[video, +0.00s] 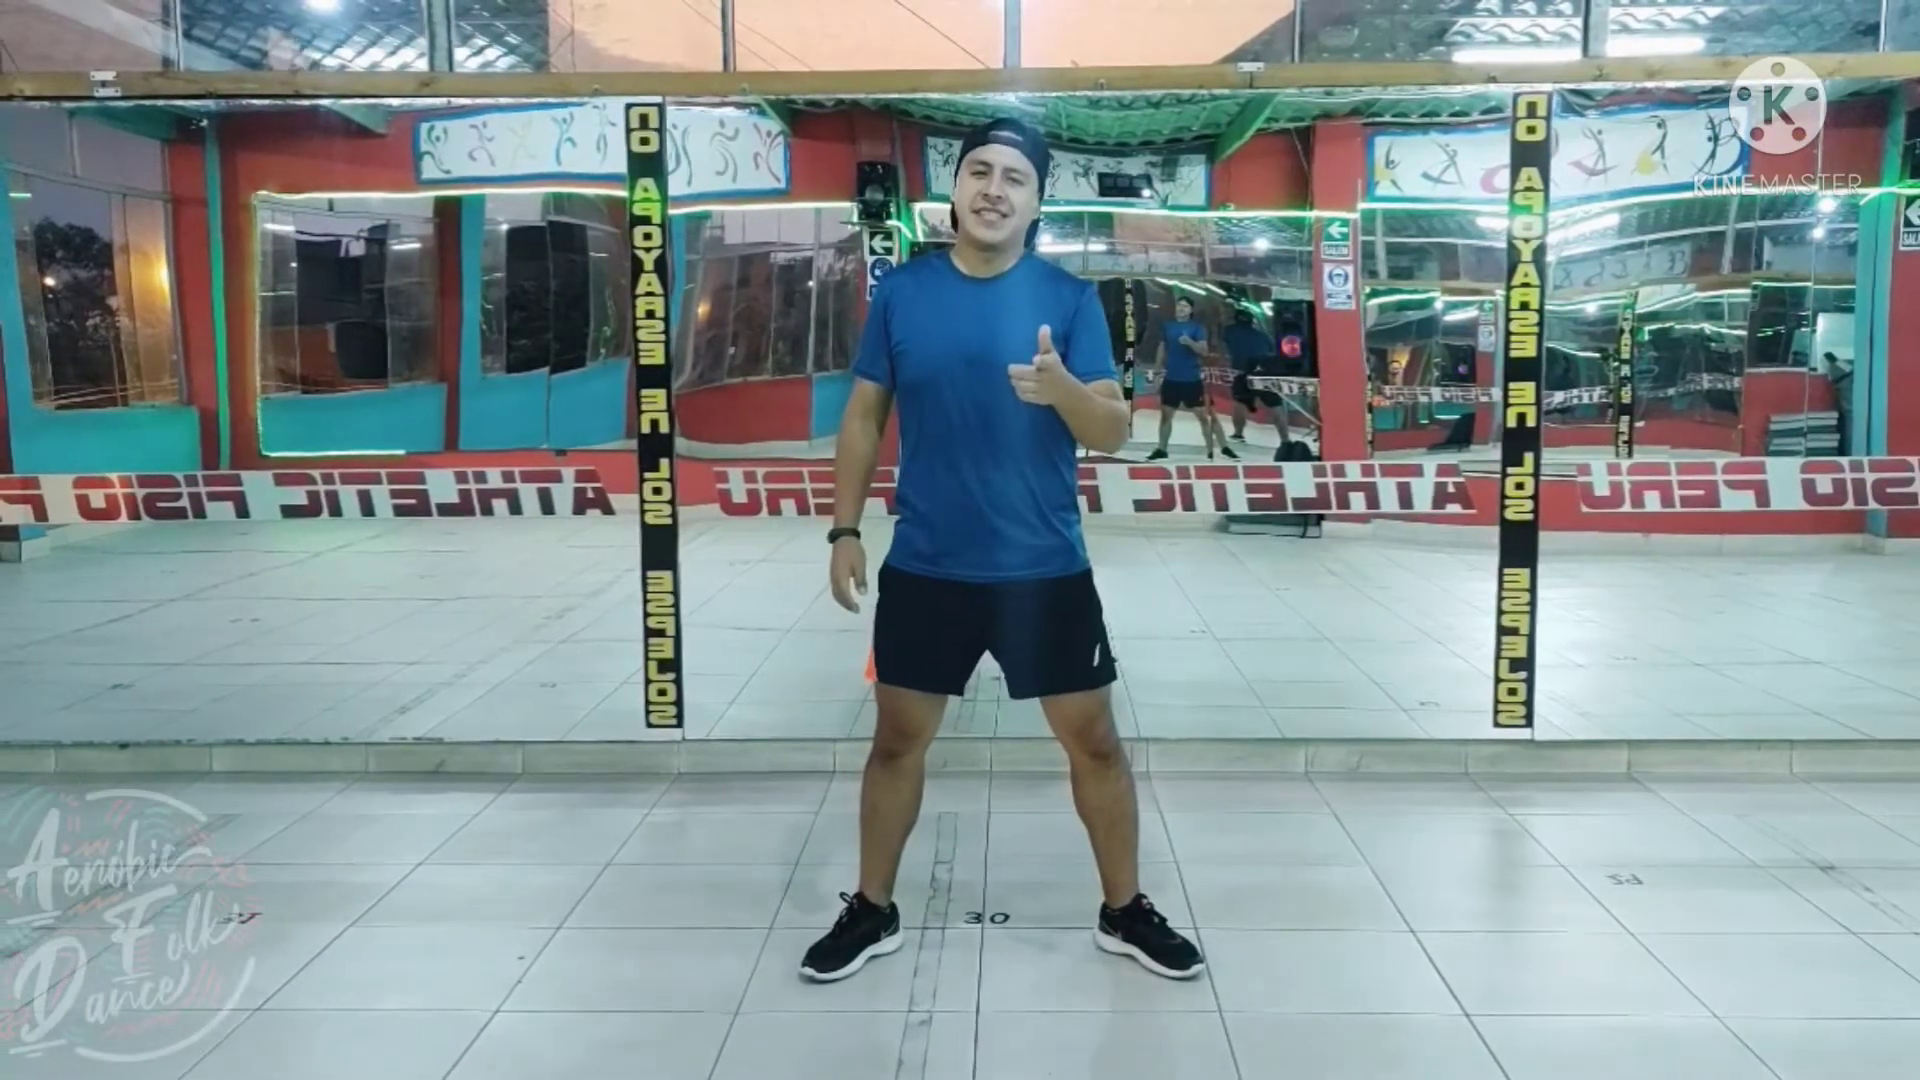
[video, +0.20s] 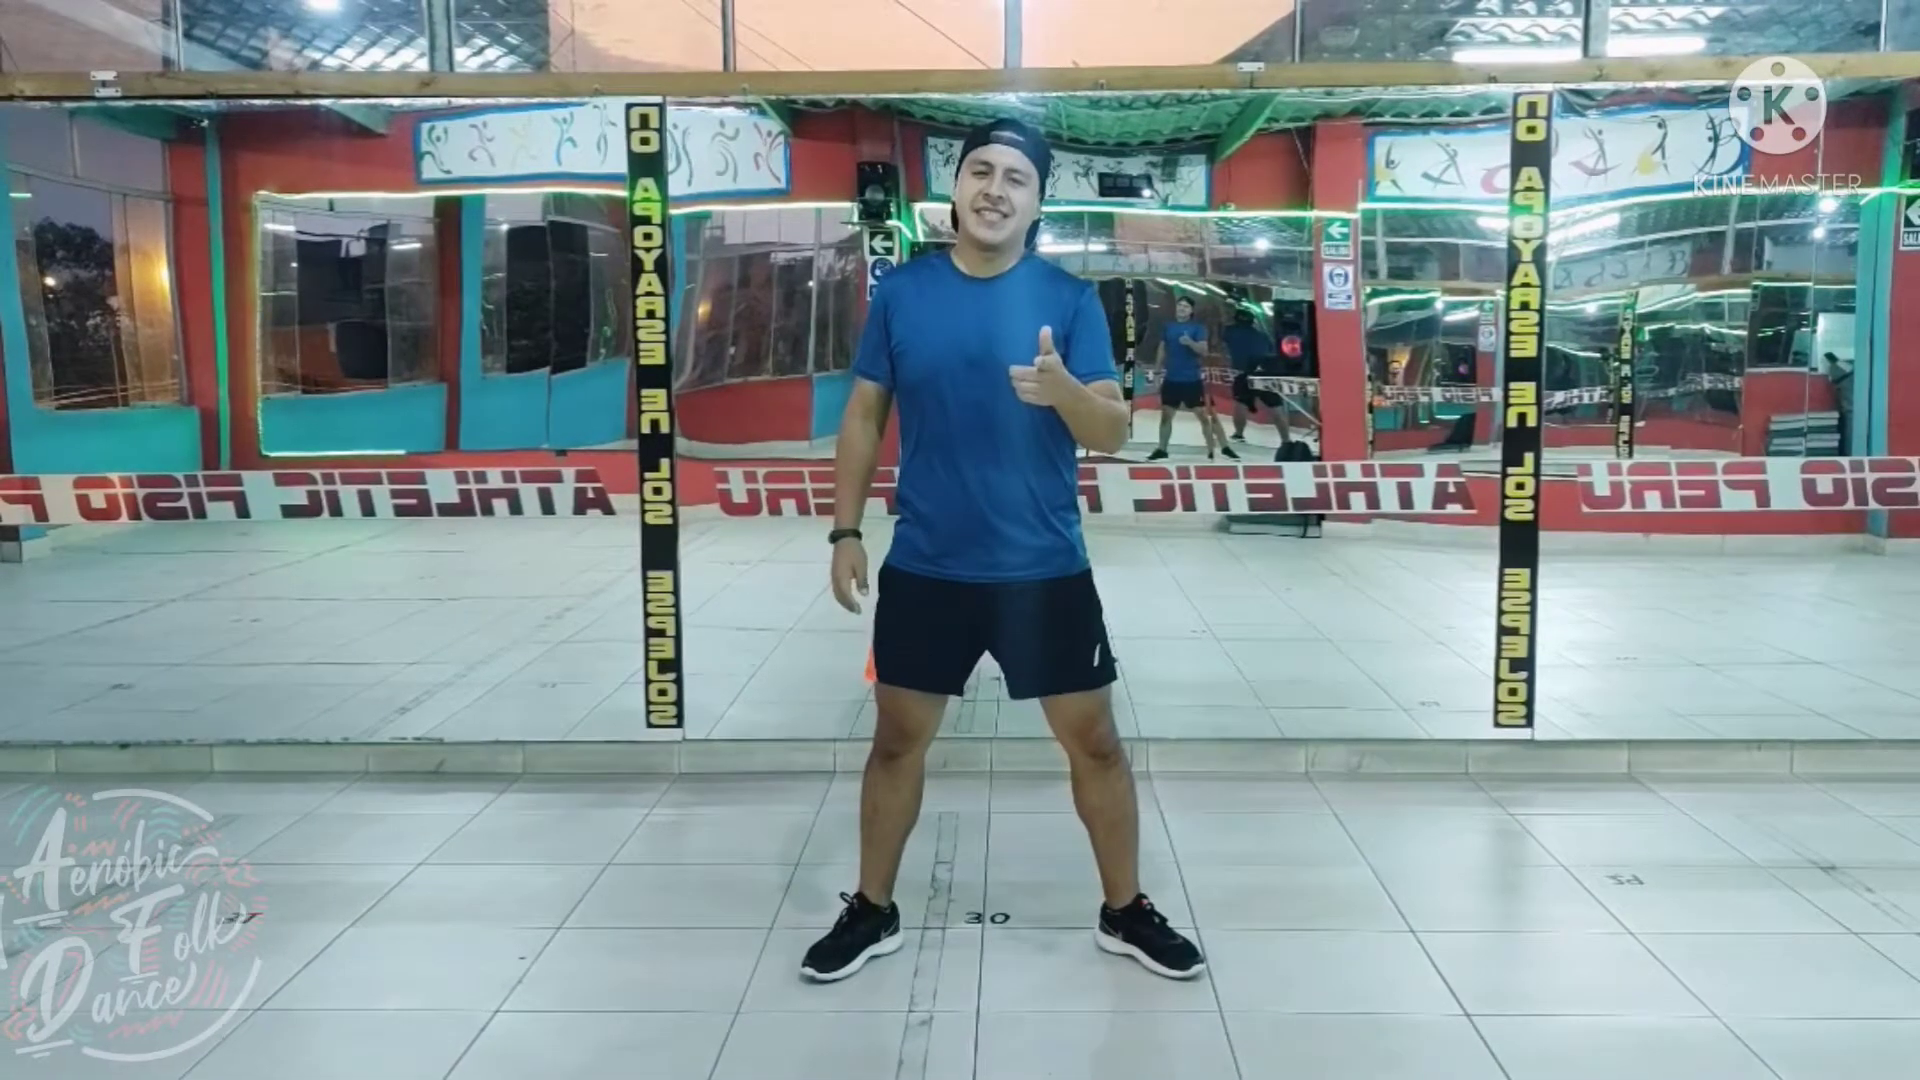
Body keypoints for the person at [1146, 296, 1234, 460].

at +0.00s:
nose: (1181, 309)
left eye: (1185, 306)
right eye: (1179, 306)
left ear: (1191, 310)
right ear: (1175, 308)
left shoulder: (1198, 328)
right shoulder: (1167, 327)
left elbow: (1204, 350)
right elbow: (1162, 347)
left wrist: (1190, 343)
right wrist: (1157, 368)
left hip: (1192, 379)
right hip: (1172, 378)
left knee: (1203, 416)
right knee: (1165, 415)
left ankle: (1211, 450)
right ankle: (1162, 448)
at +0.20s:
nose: (1182, 309)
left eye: (1186, 306)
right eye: (1180, 305)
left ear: (1191, 310)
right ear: (1175, 308)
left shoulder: (1198, 328)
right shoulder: (1168, 327)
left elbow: (1204, 350)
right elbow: (1162, 348)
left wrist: (1190, 343)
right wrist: (1157, 368)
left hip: (1192, 379)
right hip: (1172, 378)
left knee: (1203, 415)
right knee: (1166, 415)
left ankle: (1211, 450)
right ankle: (1162, 448)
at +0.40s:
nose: (1182, 309)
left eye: (1186, 307)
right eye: (1180, 306)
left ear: (1192, 310)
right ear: (1176, 308)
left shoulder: (1199, 328)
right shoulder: (1169, 328)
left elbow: (1204, 350)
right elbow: (1162, 348)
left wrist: (1190, 343)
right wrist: (1158, 368)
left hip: (1192, 379)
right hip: (1172, 378)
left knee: (1203, 416)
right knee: (1166, 415)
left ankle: (1212, 450)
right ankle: (1162, 448)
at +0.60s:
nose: (1183, 309)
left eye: (1186, 307)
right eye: (1181, 306)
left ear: (1192, 311)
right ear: (1176, 308)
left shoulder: (1199, 328)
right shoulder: (1169, 327)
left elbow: (1205, 350)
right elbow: (1163, 348)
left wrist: (1191, 343)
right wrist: (1159, 367)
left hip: (1193, 379)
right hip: (1173, 378)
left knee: (1203, 415)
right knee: (1167, 415)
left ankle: (1212, 450)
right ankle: (1163, 448)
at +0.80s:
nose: (1183, 309)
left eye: (1187, 307)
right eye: (1181, 306)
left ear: (1193, 311)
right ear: (1177, 308)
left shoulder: (1200, 329)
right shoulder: (1170, 328)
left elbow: (1206, 350)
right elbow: (1163, 348)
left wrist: (1192, 343)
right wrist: (1159, 367)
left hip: (1193, 379)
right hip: (1173, 378)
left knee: (1204, 415)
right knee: (1167, 414)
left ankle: (1212, 450)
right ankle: (1163, 448)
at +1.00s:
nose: (1184, 309)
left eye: (1187, 307)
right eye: (1182, 306)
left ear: (1193, 311)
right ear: (1177, 308)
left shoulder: (1200, 329)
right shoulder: (1170, 328)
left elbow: (1206, 351)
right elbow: (1164, 349)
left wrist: (1193, 343)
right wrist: (1160, 368)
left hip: (1194, 379)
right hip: (1173, 378)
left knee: (1204, 415)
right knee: (1167, 414)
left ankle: (1212, 450)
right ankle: (1163, 448)